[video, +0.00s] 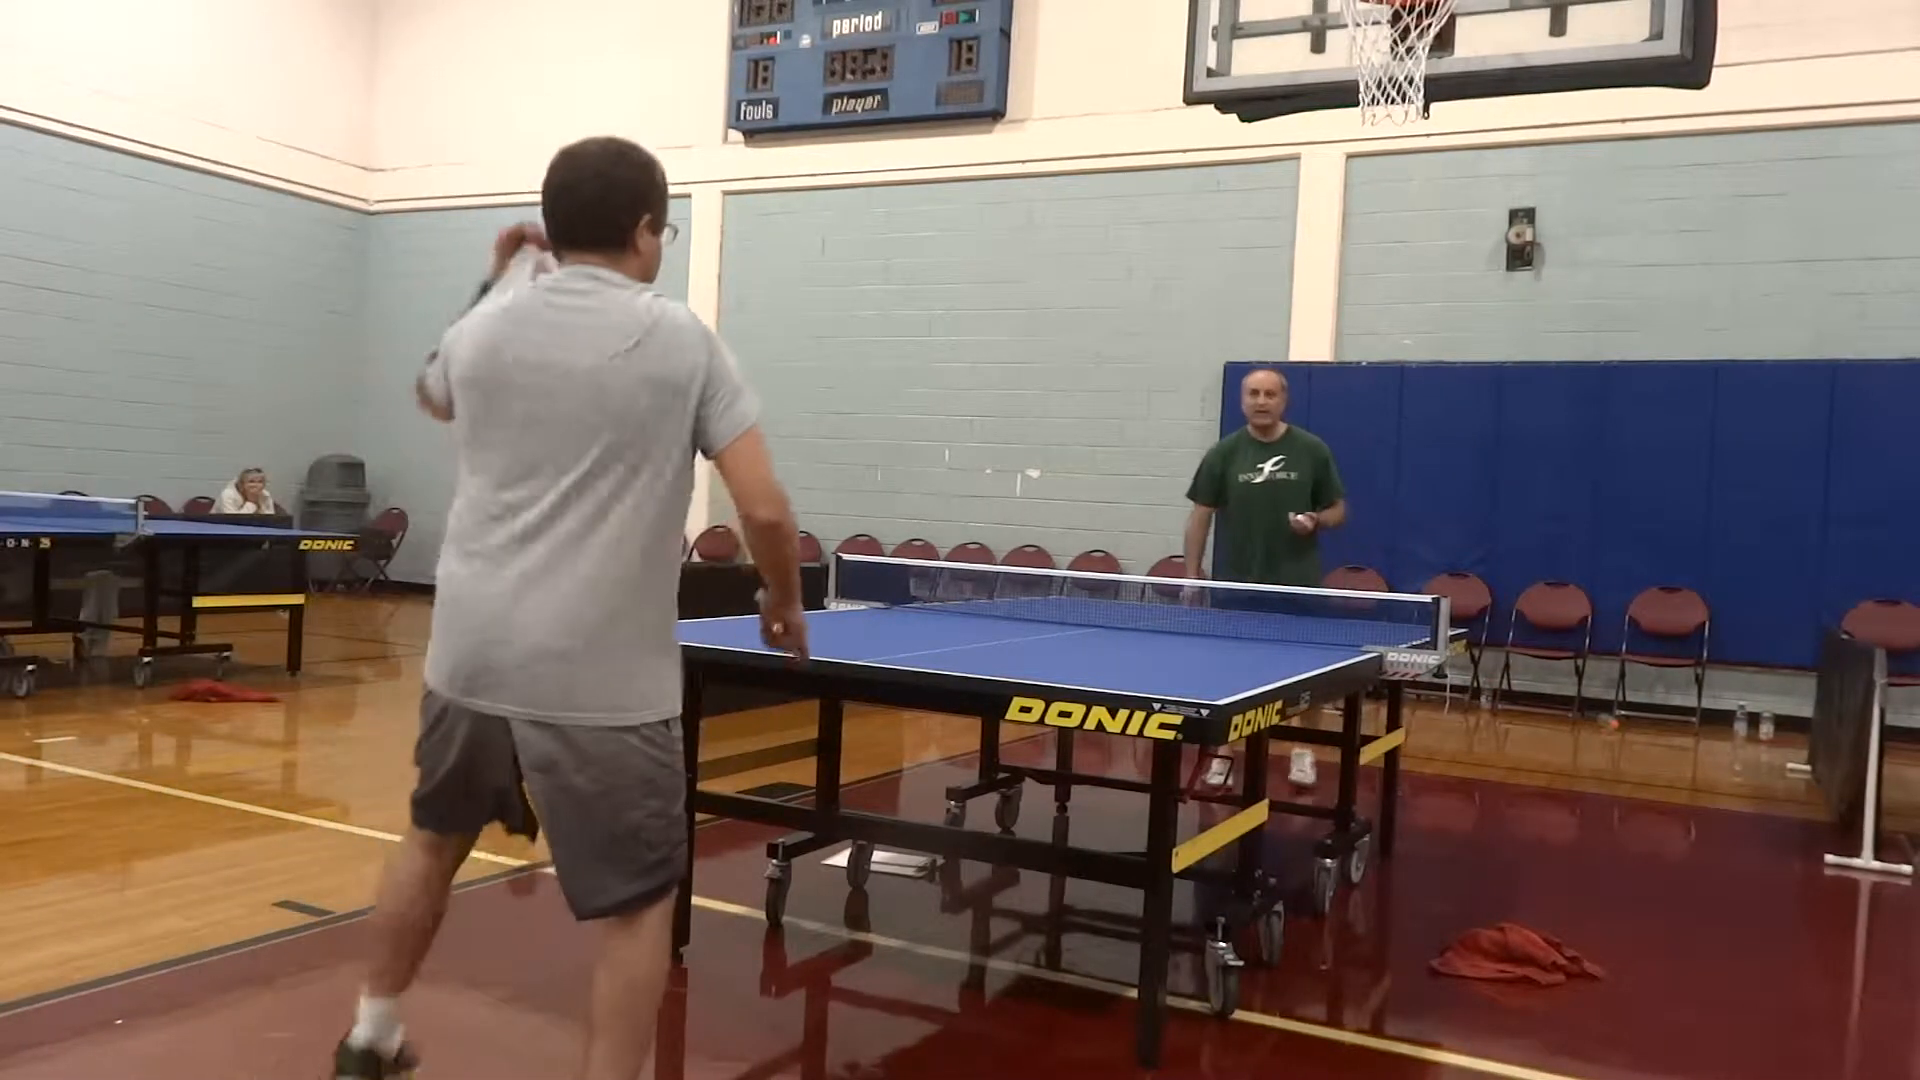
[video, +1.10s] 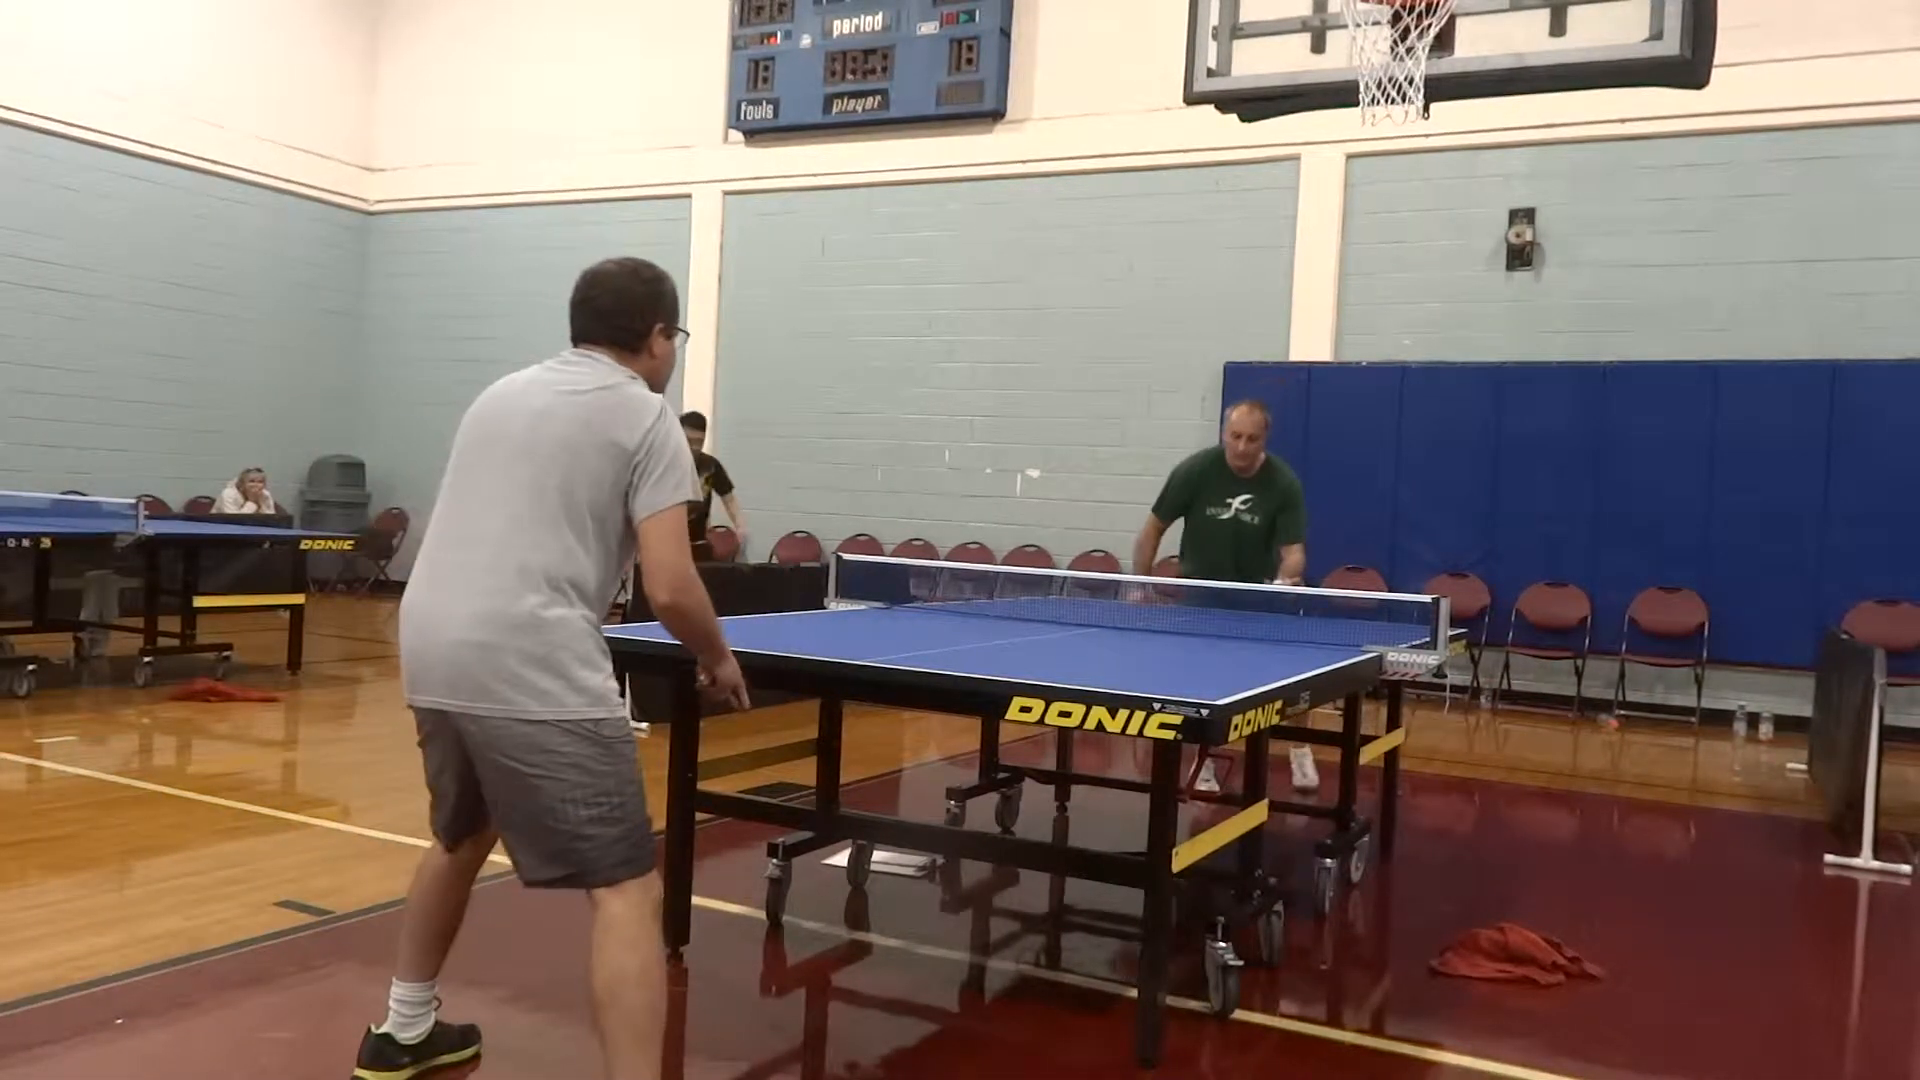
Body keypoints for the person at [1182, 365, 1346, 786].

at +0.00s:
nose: (1261, 401)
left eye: (1270, 394)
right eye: (1253, 394)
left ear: (1284, 400)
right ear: (1242, 400)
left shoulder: (1313, 452)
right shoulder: (1223, 454)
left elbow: (1337, 510)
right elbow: (1200, 516)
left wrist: (1316, 519)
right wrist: (1191, 576)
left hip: (1298, 589)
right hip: (1237, 588)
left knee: (1303, 671)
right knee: (1229, 665)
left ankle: (1302, 750)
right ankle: (1221, 750)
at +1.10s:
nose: (1242, 447)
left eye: (1252, 439)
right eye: (1235, 437)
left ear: (1266, 440)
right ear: (1223, 433)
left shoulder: (1283, 483)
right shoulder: (1194, 472)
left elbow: (1294, 554)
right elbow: (1152, 529)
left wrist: (1284, 583)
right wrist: (1140, 586)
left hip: (1260, 600)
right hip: (1202, 596)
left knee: (1288, 665)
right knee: (1203, 673)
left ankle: (1299, 746)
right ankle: (1208, 757)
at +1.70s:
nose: (1261, 424)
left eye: (1269, 416)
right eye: (1254, 414)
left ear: (1279, 422)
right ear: (1237, 417)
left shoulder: (1296, 468)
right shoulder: (1209, 461)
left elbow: (1314, 538)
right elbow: (1170, 523)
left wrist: (1311, 521)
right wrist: (1171, 577)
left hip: (1268, 591)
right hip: (1210, 588)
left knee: (1293, 668)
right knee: (1207, 671)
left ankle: (1302, 748)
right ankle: (1208, 757)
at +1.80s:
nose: (1268, 413)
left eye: (1276, 405)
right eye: (1260, 404)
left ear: (1284, 410)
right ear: (1241, 408)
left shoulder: (1300, 457)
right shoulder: (1212, 454)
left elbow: (1316, 520)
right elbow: (1182, 521)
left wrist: (1326, 518)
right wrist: (1215, 564)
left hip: (1278, 583)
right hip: (1219, 582)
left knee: (1298, 661)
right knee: (1214, 664)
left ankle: (1301, 748)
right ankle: (1210, 756)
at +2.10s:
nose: (1282, 426)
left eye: (1288, 417)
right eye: (1273, 417)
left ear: (1295, 420)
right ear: (1253, 419)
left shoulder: (1311, 466)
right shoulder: (1230, 464)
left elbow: (1334, 533)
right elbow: (1229, 537)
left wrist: (1356, 572)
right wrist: (1284, 560)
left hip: (1292, 594)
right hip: (1232, 591)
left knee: (1306, 671)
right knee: (1222, 668)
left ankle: (1300, 754)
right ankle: (1211, 757)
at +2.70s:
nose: (1288, 410)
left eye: (1298, 403)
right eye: (1281, 402)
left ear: (1313, 412)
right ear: (1270, 410)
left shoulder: (1343, 461)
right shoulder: (1247, 466)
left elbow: (1373, 518)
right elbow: (1231, 526)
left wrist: (1379, 573)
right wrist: (1241, 566)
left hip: (1333, 596)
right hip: (1268, 597)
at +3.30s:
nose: (1360, 416)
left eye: (1371, 409)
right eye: (1354, 407)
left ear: (1385, 416)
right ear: (1341, 411)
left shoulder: (1412, 468)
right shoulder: (1317, 463)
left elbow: (1435, 534)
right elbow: (1271, 523)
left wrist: (1404, 572)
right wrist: (1296, 565)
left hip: (1388, 610)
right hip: (1321, 606)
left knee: (1424, 685)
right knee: (1272, 676)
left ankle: (1437, 780)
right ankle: (1252, 763)